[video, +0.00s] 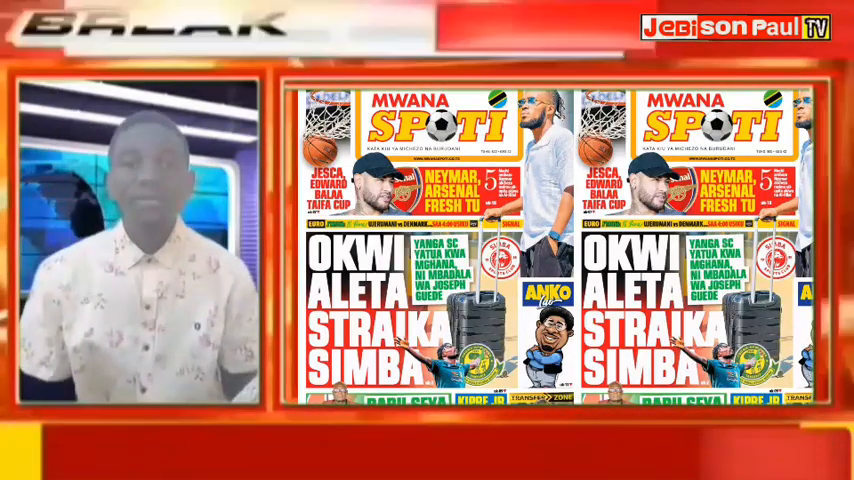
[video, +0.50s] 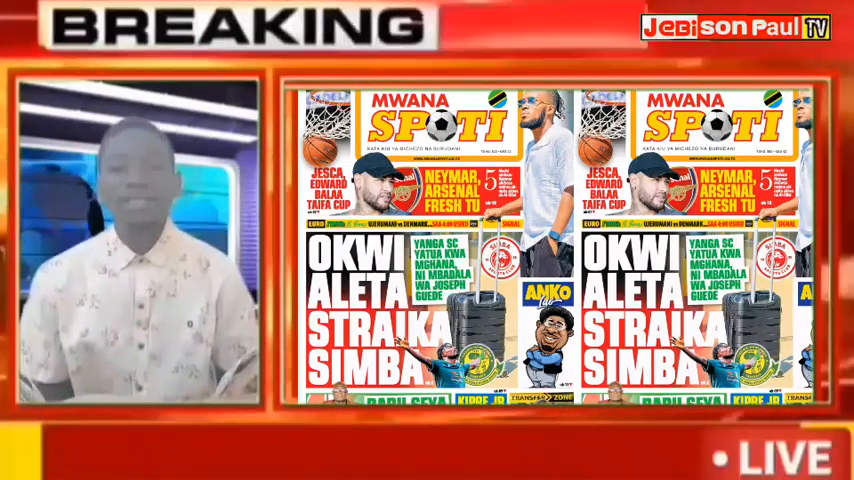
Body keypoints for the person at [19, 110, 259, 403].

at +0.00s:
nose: (147, 178)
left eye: (166, 163)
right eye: (130, 164)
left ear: (190, 183)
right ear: (110, 183)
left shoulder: (227, 274)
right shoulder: (62, 273)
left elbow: (238, 385)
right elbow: (45, 396)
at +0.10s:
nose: (143, 176)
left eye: (162, 162)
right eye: (126, 162)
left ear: (187, 180)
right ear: (107, 181)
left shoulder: (225, 271)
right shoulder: (60, 272)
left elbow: (244, 385)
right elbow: (55, 391)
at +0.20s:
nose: (139, 175)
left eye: (157, 161)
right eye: (122, 161)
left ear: (182, 179)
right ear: (104, 180)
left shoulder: (221, 268)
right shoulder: (59, 271)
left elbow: (248, 383)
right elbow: (42, 391)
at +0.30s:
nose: (137, 176)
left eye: (155, 162)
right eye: (120, 163)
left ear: (180, 180)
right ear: (102, 183)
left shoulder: (220, 269)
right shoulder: (60, 273)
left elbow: (249, 375)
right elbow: (54, 385)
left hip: (194, 440)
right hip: (97, 442)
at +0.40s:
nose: (136, 176)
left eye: (154, 162)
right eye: (119, 164)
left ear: (178, 180)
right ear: (100, 183)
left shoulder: (219, 269)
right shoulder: (59, 274)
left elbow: (254, 372)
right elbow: (36, 388)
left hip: (193, 439)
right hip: (92, 442)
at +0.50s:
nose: (137, 180)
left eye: (155, 167)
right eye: (119, 168)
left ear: (177, 184)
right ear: (98, 187)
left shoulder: (217, 273)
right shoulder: (58, 278)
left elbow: (253, 375)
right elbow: (39, 391)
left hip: (191, 445)